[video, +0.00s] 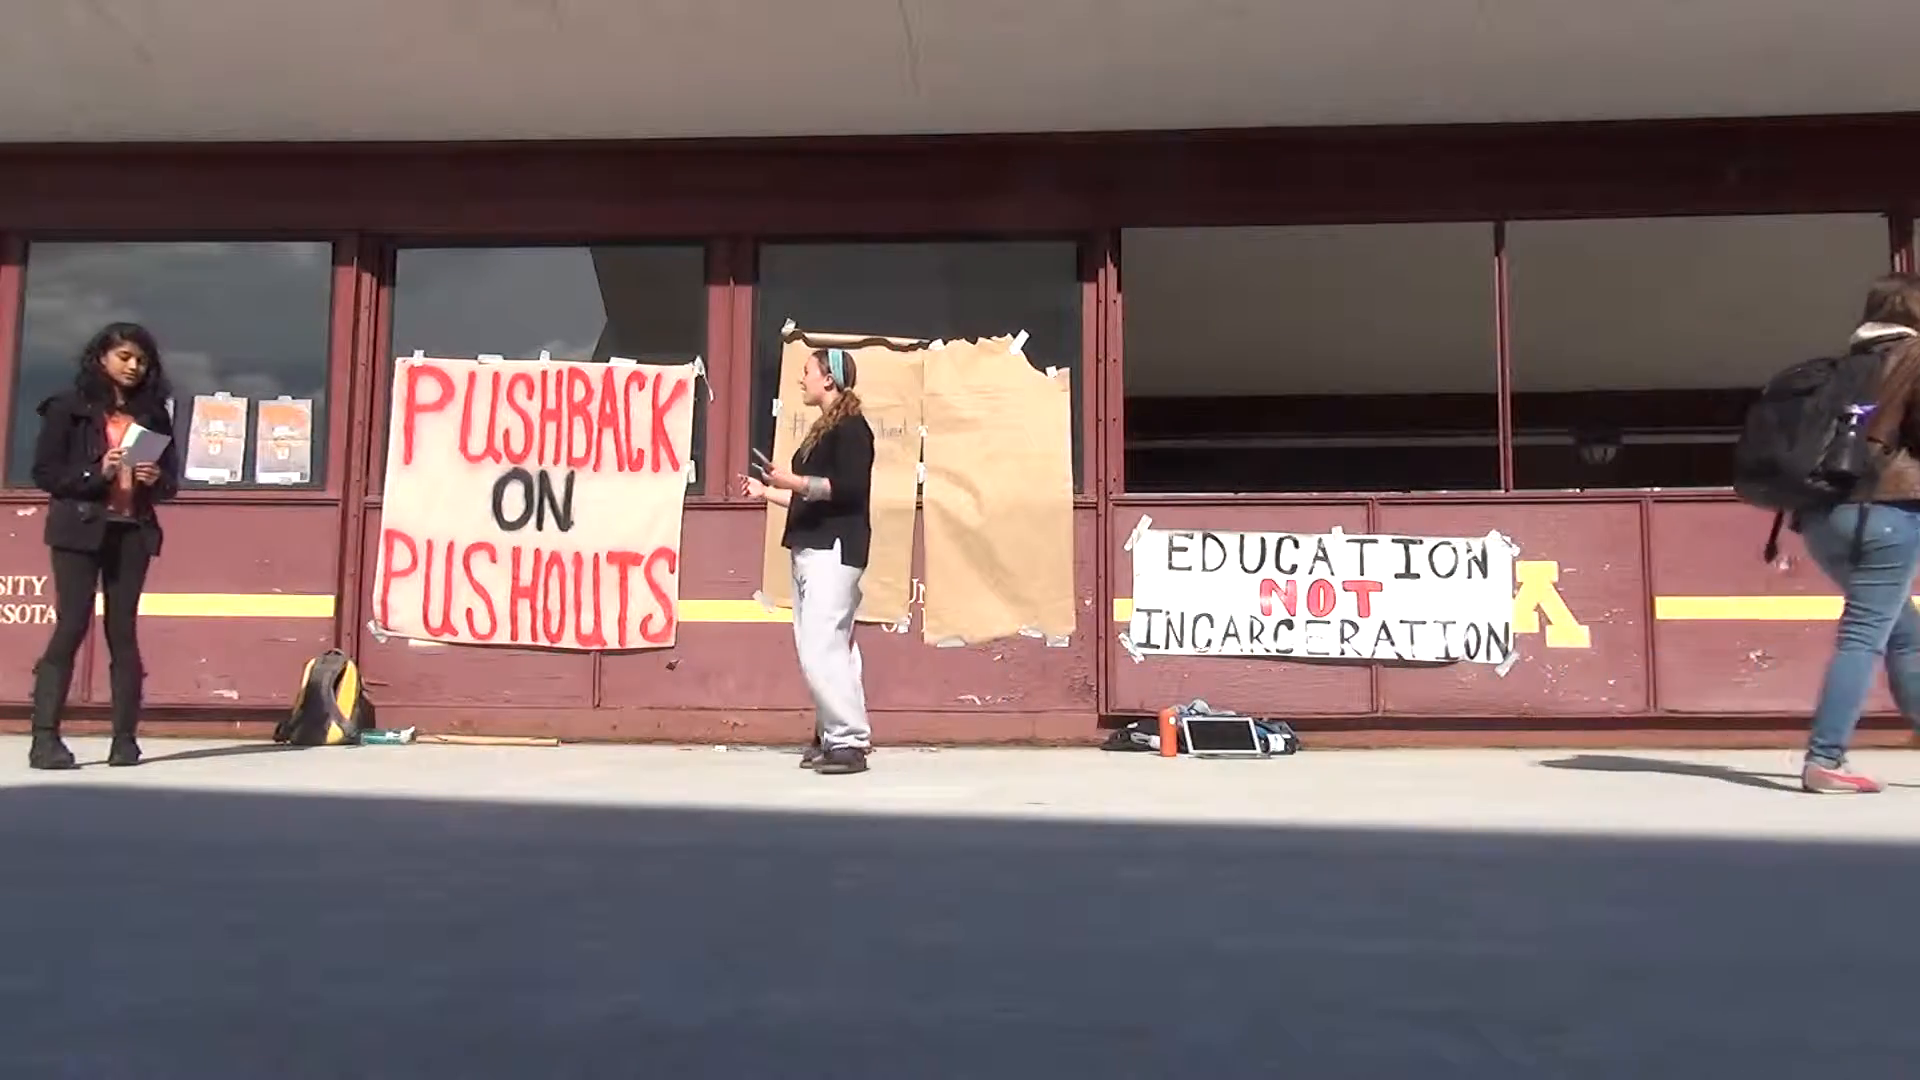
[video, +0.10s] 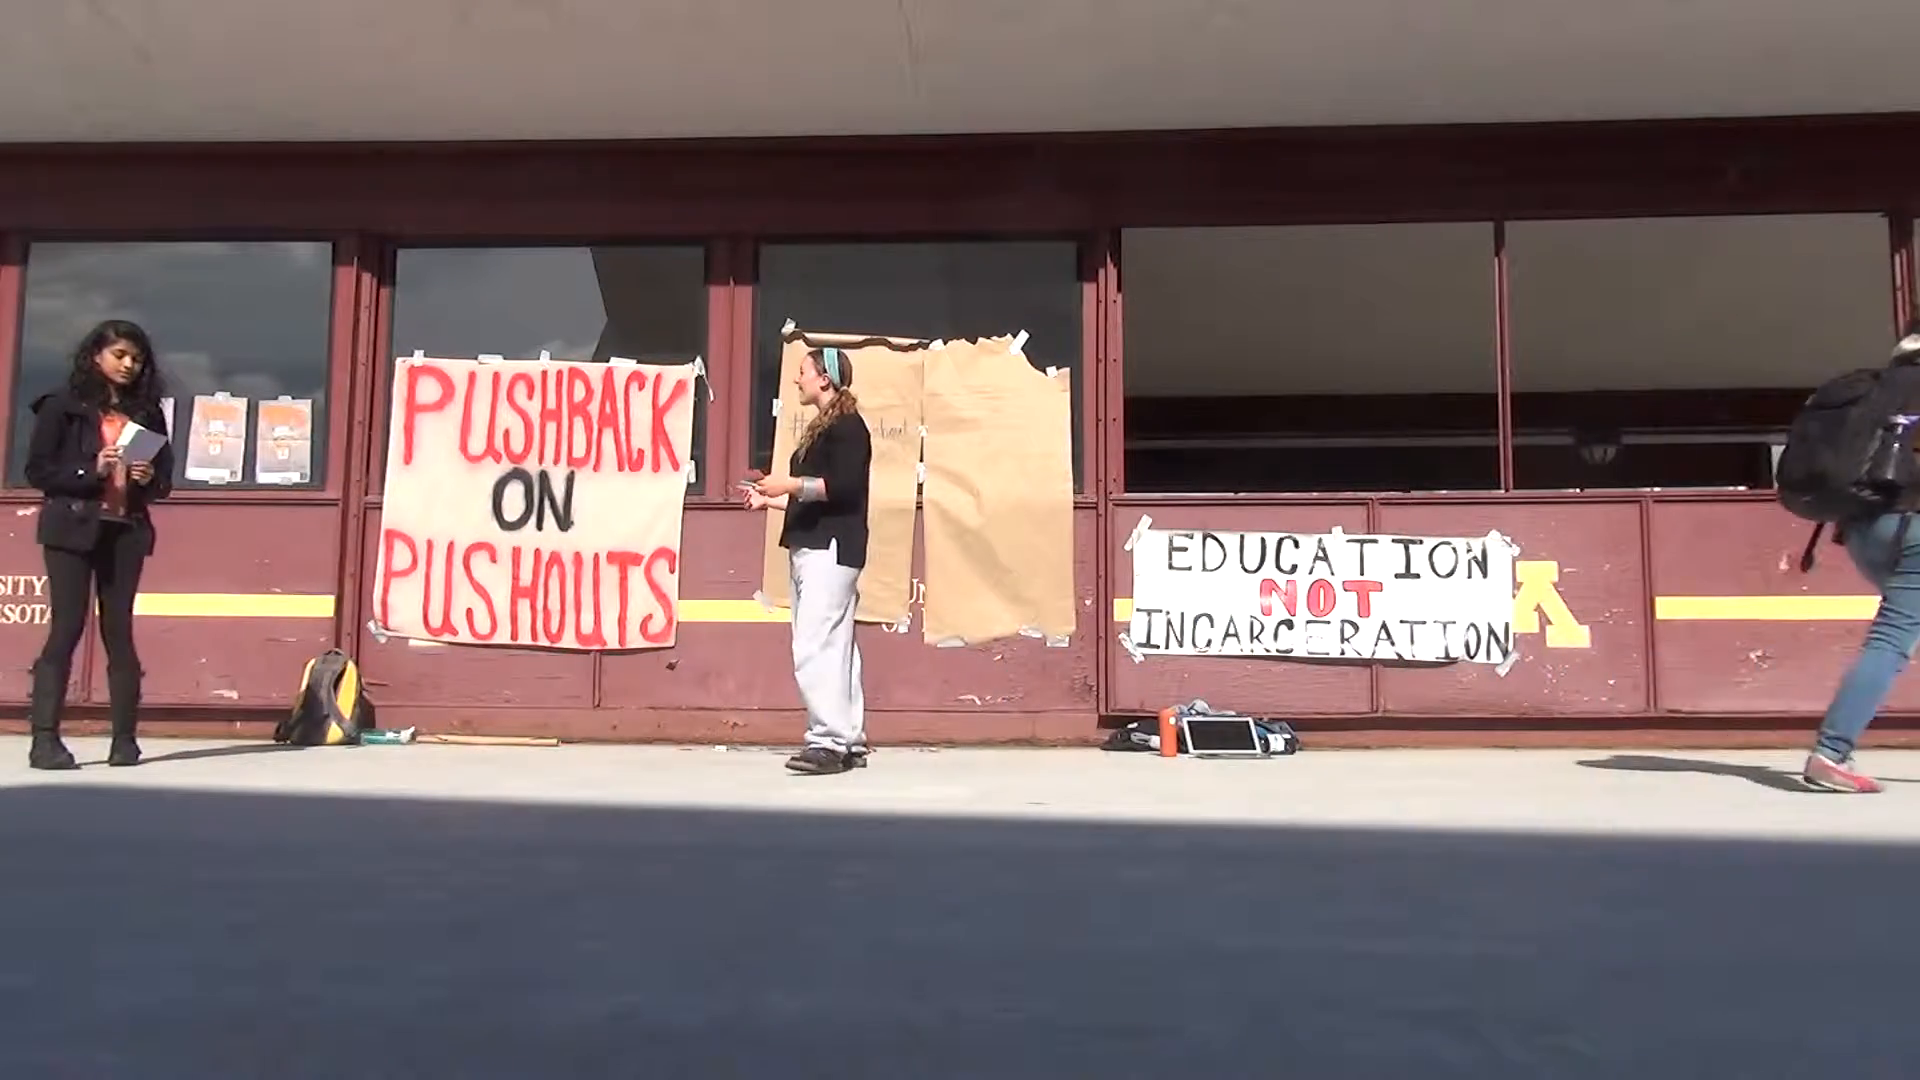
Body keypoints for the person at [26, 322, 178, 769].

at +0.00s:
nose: (131, 366)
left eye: (139, 360)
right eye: (123, 357)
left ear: (147, 367)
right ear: (100, 357)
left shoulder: (154, 415)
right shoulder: (68, 407)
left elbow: (169, 484)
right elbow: (45, 473)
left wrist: (156, 478)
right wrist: (96, 473)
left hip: (131, 531)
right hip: (78, 528)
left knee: (122, 630)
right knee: (72, 626)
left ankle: (124, 737)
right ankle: (44, 737)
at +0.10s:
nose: (127, 364)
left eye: (134, 358)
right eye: (119, 354)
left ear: (142, 365)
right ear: (94, 355)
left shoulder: (148, 414)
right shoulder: (61, 406)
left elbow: (162, 484)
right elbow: (37, 471)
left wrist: (150, 477)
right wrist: (91, 472)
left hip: (125, 530)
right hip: (70, 526)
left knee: (118, 630)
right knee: (67, 627)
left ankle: (124, 737)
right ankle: (44, 738)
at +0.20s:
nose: (122, 363)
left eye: (130, 357)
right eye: (114, 353)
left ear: (136, 364)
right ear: (89, 353)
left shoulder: (141, 410)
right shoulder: (55, 404)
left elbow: (155, 477)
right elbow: (33, 470)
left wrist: (145, 477)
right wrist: (87, 470)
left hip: (119, 529)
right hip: (64, 526)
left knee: (113, 629)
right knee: (63, 627)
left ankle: (124, 736)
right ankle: (45, 738)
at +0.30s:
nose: (117, 362)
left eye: (125, 356)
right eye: (109, 352)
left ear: (132, 362)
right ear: (83, 352)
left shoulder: (136, 410)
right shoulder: (49, 403)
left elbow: (152, 479)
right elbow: (26, 471)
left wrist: (141, 476)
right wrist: (83, 469)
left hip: (113, 529)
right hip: (58, 527)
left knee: (110, 629)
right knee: (61, 627)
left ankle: (124, 737)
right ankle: (45, 739)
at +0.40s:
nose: (113, 361)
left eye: (121, 355)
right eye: (105, 351)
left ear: (127, 361)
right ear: (79, 351)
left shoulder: (132, 408)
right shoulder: (45, 403)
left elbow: (147, 476)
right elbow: (21, 471)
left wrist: (138, 474)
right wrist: (80, 466)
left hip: (109, 529)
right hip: (55, 526)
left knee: (108, 631)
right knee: (60, 627)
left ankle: (123, 736)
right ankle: (45, 740)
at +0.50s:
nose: (109, 361)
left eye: (117, 354)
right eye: (101, 351)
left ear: (124, 360)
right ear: (76, 349)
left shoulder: (127, 406)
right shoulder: (39, 401)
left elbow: (143, 470)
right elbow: (19, 470)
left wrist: (136, 472)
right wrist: (77, 459)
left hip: (106, 528)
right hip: (52, 526)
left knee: (106, 629)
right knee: (57, 627)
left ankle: (121, 735)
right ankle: (45, 740)